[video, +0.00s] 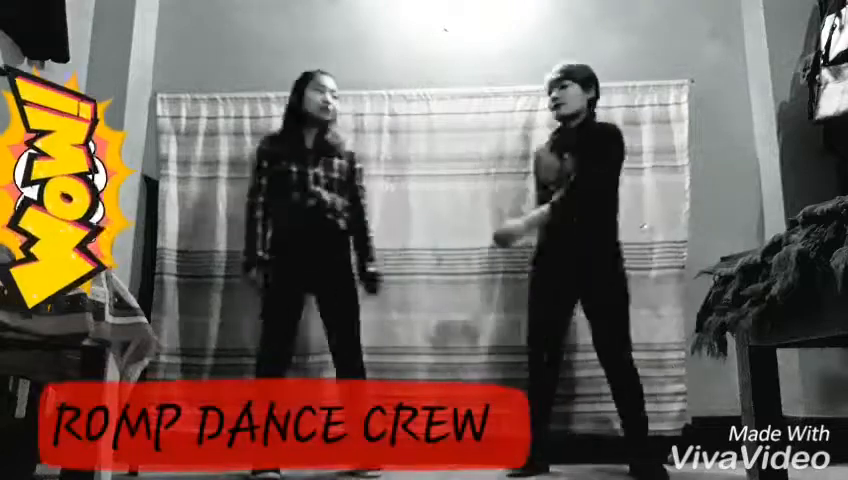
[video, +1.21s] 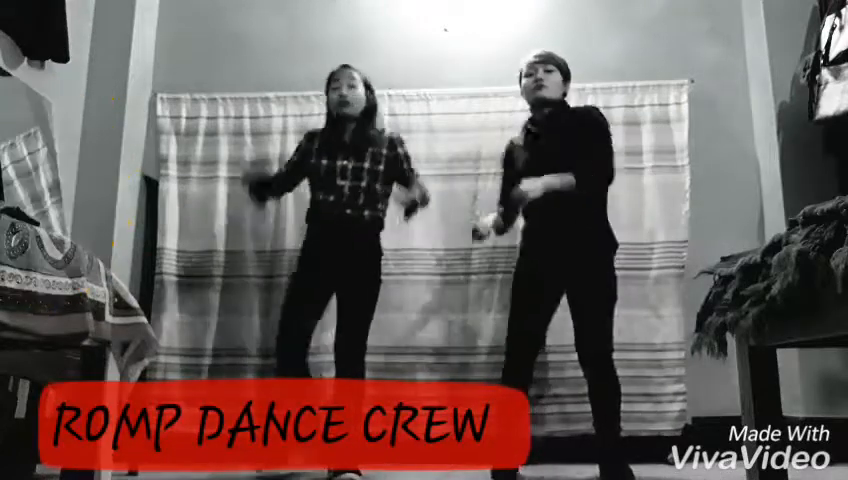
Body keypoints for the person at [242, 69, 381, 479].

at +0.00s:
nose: (330, 99)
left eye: (334, 93)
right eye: (321, 91)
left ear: (337, 103)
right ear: (299, 97)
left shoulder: (343, 154)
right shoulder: (272, 149)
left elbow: (358, 213)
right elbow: (257, 205)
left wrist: (368, 263)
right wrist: (255, 257)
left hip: (334, 265)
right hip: (286, 264)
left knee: (349, 356)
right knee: (274, 355)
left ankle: (360, 446)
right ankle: (262, 447)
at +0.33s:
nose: (354, 106)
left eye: (357, 99)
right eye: (345, 98)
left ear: (357, 107)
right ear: (321, 102)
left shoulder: (365, 157)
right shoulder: (296, 151)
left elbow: (378, 203)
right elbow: (274, 202)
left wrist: (387, 231)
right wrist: (264, 253)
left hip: (354, 260)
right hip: (310, 259)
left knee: (357, 354)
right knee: (292, 351)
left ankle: (363, 446)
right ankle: (266, 443)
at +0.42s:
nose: (367, 104)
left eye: (370, 98)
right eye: (358, 97)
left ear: (374, 107)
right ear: (337, 104)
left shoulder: (384, 151)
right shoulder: (315, 153)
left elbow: (409, 201)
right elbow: (293, 206)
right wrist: (272, 254)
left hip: (367, 265)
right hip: (323, 262)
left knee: (364, 357)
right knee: (300, 351)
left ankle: (368, 448)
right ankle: (280, 443)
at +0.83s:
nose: (344, 116)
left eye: (352, 110)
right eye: (336, 109)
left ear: (365, 118)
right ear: (327, 116)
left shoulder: (379, 160)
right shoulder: (312, 163)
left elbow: (394, 209)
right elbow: (298, 219)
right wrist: (294, 267)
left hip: (365, 267)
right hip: (325, 267)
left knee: (359, 352)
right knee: (325, 353)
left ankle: (367, 430)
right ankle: (328, 432)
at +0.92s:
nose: (345, 111)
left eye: (353, 106)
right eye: (337, 105)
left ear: (365, 115)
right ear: (326, 114)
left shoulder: (378, 160)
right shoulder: (309, 159)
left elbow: (392, 216)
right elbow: (295, 214)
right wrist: (291, 262)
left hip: (365, 265)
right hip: (323, 264)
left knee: (354, 344)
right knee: (326, 345)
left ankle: (357, 420)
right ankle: (328, 420)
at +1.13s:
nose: (352, 100)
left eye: (360, 94)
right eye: (344, 94)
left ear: (373, 104)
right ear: (332, 103)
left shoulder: (387, 156)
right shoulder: (313, 146)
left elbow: (405, 207)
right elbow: (273, 187)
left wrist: (421, 253)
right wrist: (241, 229)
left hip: (363, 261)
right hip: (319, 259)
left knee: (351, 354)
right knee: (314, 352)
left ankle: (349, 446)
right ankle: (314, 441)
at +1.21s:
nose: (343, 91)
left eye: (352, 85)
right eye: (336, 86)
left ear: (368, 95)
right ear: (326, 98)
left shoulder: (388, 145)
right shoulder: (315, 142)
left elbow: (414, 188)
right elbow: (288, 179)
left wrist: (416, 198)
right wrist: (266, 186)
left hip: (362, 251)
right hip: (319, 249)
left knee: (350, 349)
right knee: (291, 339)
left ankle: (345, 447)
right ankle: (294, 435)